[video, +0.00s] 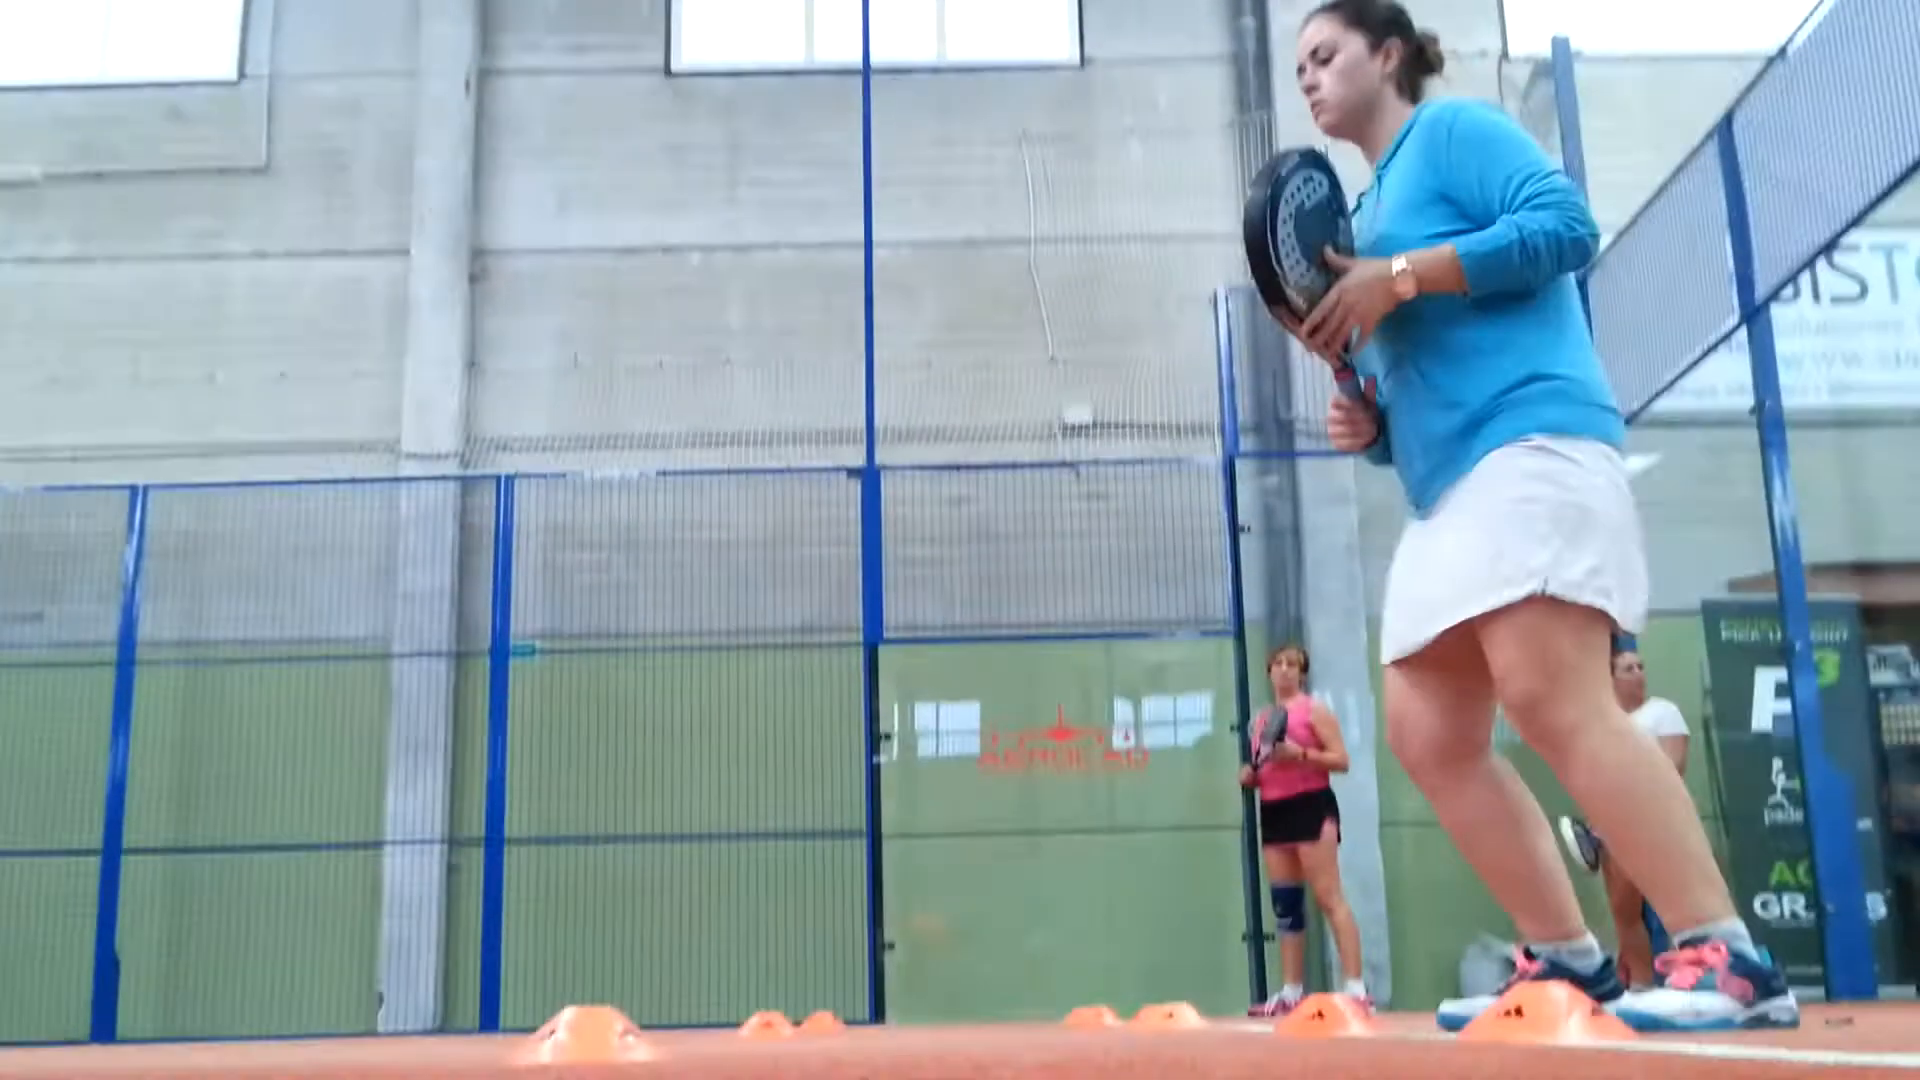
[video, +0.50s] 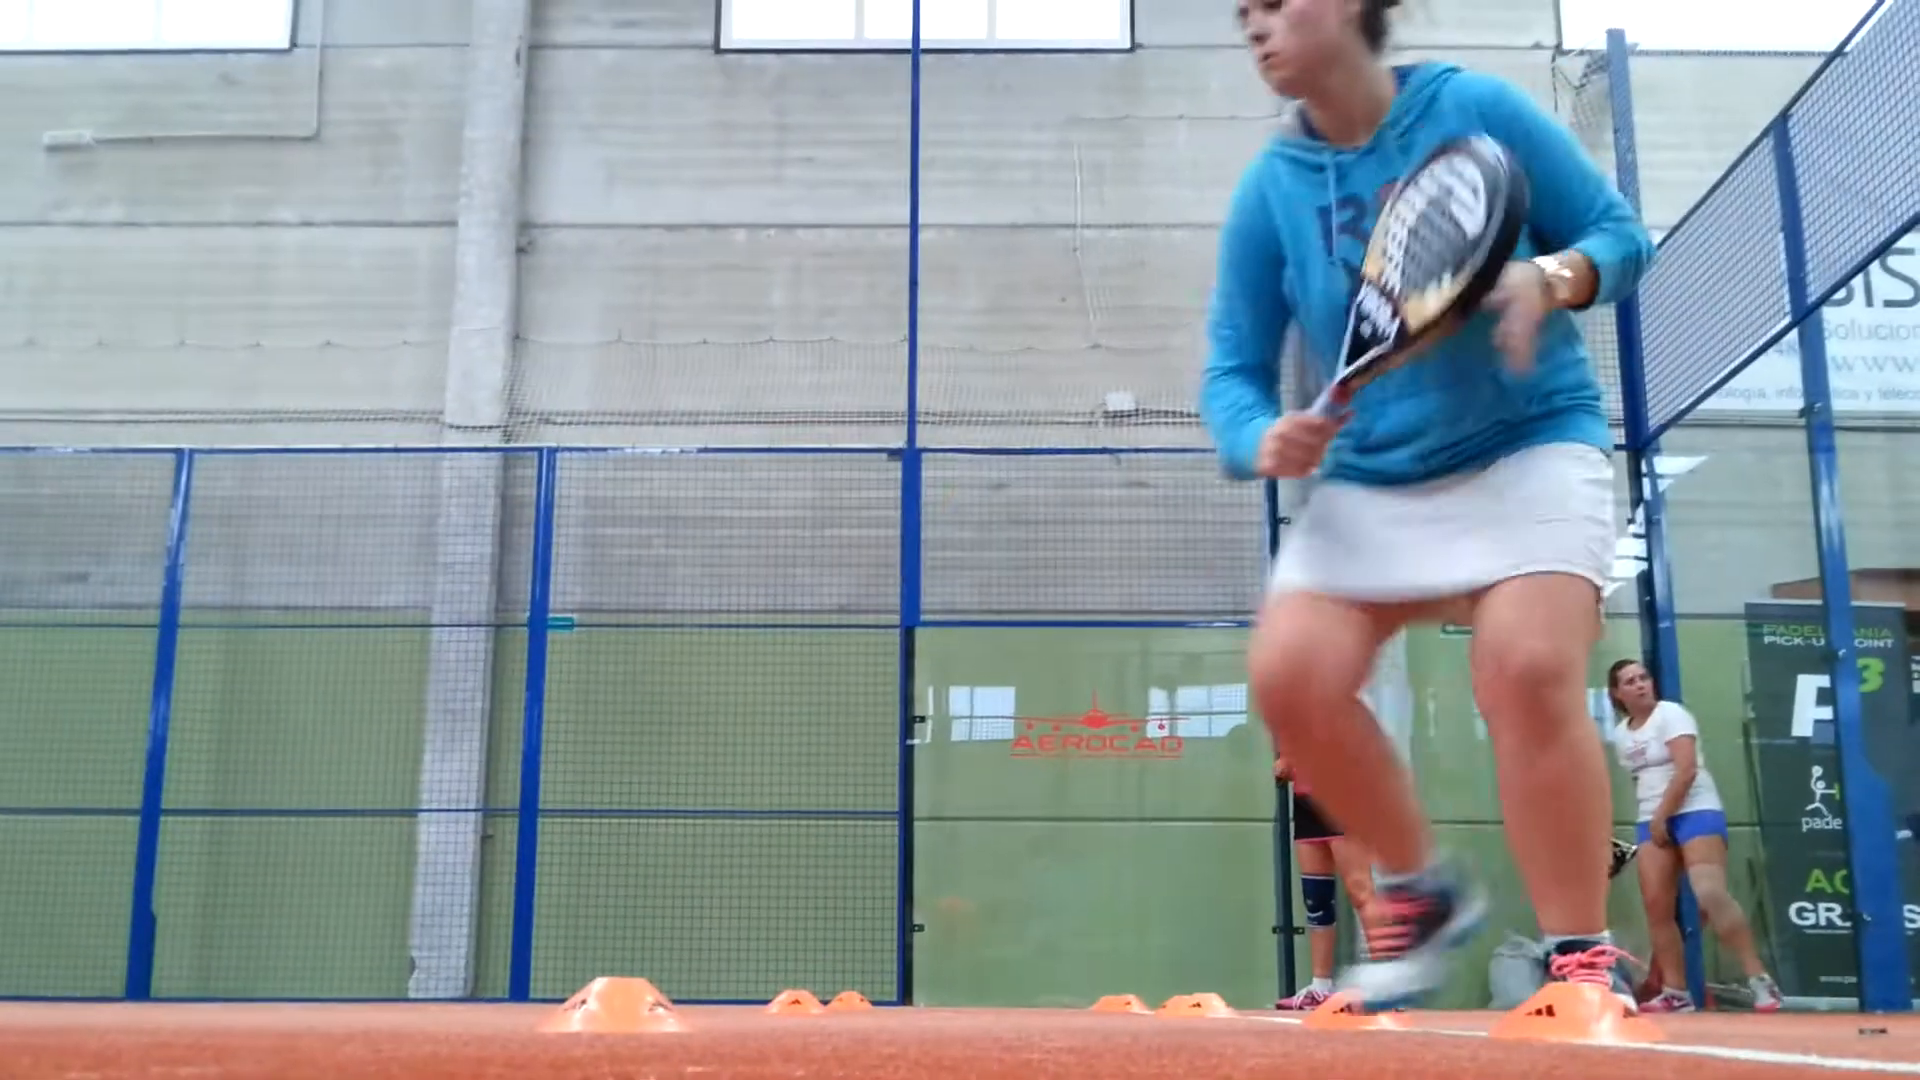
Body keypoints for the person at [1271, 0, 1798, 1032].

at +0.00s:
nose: (1306, 82)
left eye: (1323, 57)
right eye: (1302, 70)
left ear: (1390, 55)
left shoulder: (1456, 126)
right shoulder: (1367, 211)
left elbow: (1566, 226)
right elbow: (1427, 395)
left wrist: (1402, 277)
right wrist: (1371, 415)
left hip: (1537, 443)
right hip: (1447, 489)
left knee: (1556, 699)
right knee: (1431, 736)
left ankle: (1724, 958)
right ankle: (1567, 963)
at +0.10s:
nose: (1295, 28)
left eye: (1317, 8)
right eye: (1292, 15)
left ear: (1382, 15)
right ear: (1308, 46)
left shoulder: (1455, 91)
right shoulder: (1354, 175)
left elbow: (1579, 195)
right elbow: (1427, 343)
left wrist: (1416, 247)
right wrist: (1368, 384)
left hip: (1541, 410)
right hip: (1436, 453)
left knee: (1534, 661)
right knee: (1434, 704)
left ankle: (1701, 929)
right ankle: (1570, 947)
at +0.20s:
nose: (1289, 11)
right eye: (1284, 3)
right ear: (1300, 27)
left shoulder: (1466, 66)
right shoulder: (1314, 169)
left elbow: (1603, 183)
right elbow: (1334, 309)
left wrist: (1447, 221)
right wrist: (1339, 361)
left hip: (1537, 392)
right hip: (1417, 441)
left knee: (1519, 632)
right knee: (1441, 681)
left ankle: (1632, 928)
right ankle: (1553, 944)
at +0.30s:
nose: (1297, 10)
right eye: (1295, 3)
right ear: (1311, 26)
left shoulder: (1495, 84)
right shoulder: (1307, 172)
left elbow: (1624, 217)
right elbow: (1304, 335)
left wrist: (1485, 243)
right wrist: (1324, 381)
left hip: (1537, 417)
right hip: (1404, 461)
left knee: (1515, 654)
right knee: (1468, 721)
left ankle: (1563, 958)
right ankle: (1573, 961)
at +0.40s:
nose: (1300, 9)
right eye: (1297, 2)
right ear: (1306, 27)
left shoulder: (1512, 96)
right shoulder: (1303, 174)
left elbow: (1637, 242)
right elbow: (1289, 344)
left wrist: (1520, 265)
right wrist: (1314, 403)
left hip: (1550, 425)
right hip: (1401, 476)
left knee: (1521, 651)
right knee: (1387, 731)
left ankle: (1587, 962)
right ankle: (1543, 901)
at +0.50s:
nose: (1254, 27)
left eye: (1278, 5)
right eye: (1247, 13)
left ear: (1358, 9)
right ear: (1252, 38)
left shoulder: (1475, 112)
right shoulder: (1268, 193)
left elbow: (1622, 235)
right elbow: (1229, 379)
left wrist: (1555, 277)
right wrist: (1260, 438)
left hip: (1529, 449)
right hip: (1368, 481)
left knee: (1527, 670)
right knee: (1288, 676)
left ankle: (1581, 965)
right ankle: (1420, 895)